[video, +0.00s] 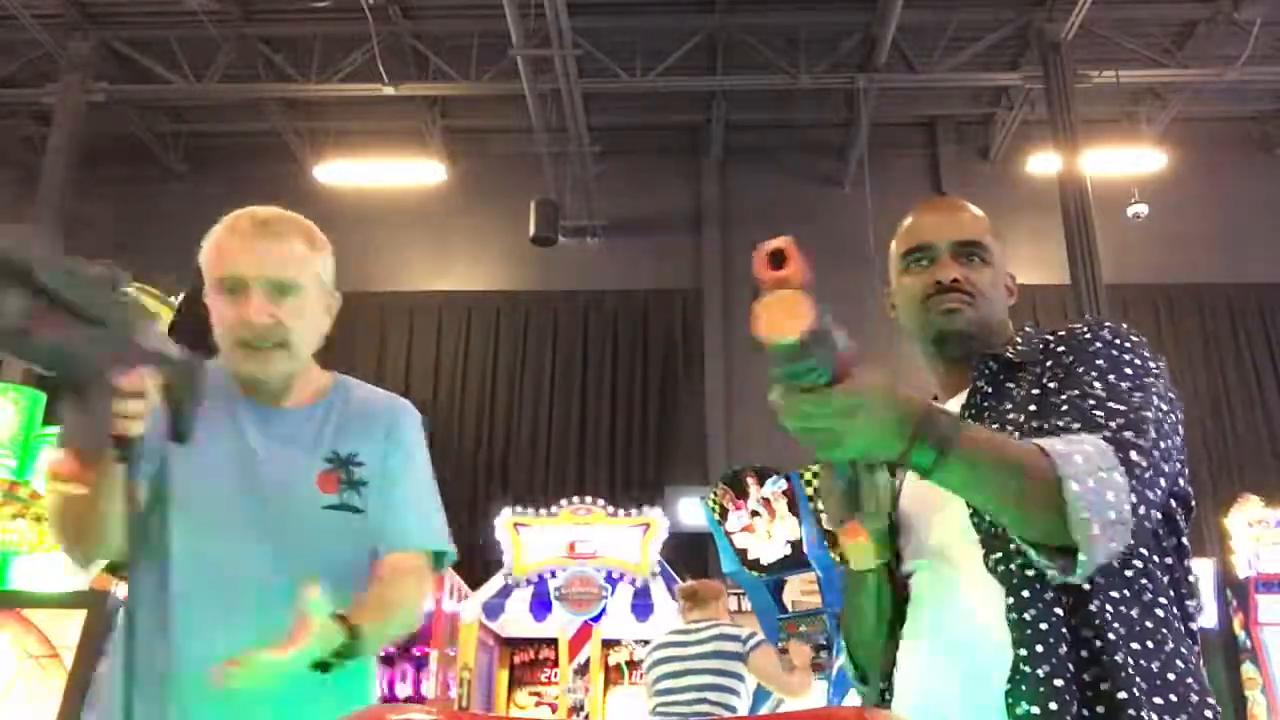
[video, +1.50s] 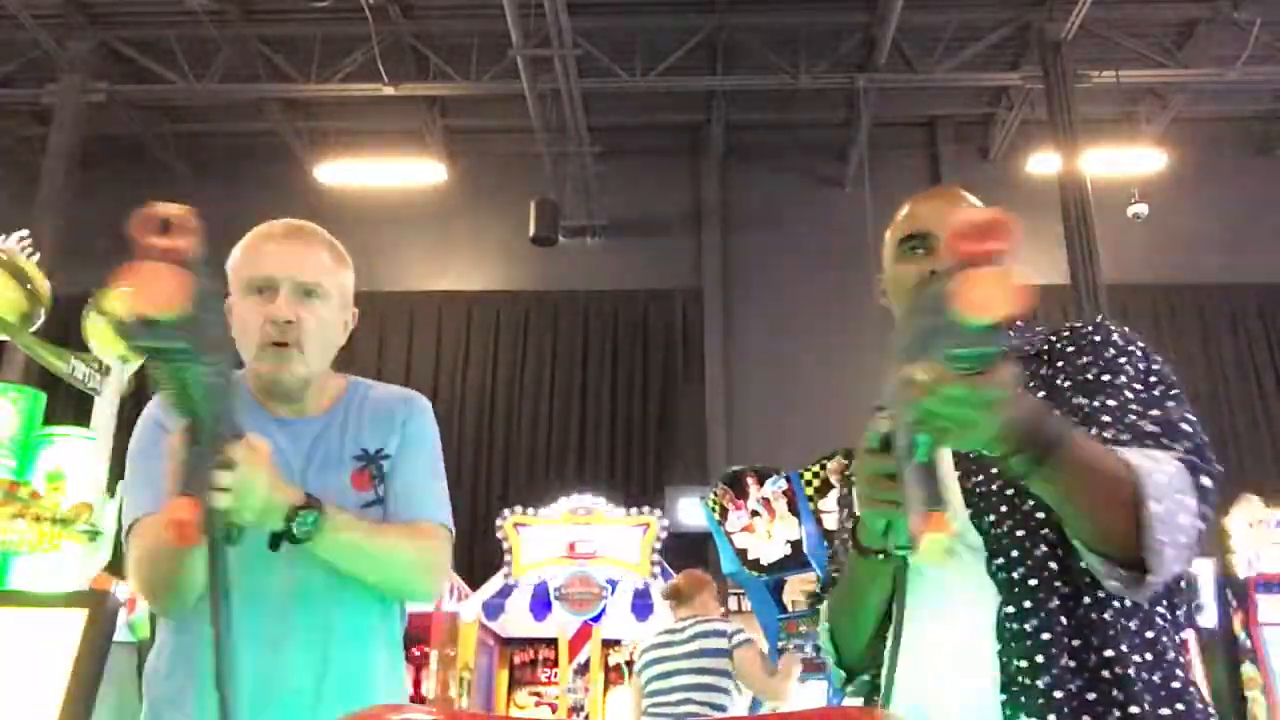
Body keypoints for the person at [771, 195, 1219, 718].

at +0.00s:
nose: (947, 271)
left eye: (971, 256)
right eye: (919, 261)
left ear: (1009, 286)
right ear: (892, 302)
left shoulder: (1099, 352)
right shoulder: (900, 434)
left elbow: (1098, 515)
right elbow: (879, 669)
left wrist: (919, 434)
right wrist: (856, 515)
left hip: (1098, 701)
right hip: (938, 705)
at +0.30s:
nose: (965, 267)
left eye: (990, 250)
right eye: (937, 251)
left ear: (1026, 282)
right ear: (906, 292)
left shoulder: (1117, 358)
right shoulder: (901, 421)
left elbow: (1131, 537)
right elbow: (872, 663)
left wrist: (976, 451)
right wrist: (880, 536)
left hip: (1118, 699)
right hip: (944, 706)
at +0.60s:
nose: (948, 270)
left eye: (973, 253)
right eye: (919, 257)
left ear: (1007, 279)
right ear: (890, 296)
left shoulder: (1128, 373)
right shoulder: (883, 466)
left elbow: (1264, 522)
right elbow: (866, 650)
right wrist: (913, 525)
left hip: (1149, 704)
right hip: (962, 706)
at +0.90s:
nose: (955, 268)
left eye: (980, 253)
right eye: (926, 255)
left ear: (1013, 284)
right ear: (893, 296)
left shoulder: (1129, 390)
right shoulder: (875, 456)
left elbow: (1250, 575)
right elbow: (865, 659)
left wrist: (1262, 681)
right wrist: (841, 539)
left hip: (1138, 705)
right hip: (947, 708)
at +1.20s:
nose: (960, 266)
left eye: (985, 249)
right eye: (931, 251)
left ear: (1024, 279)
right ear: (904, 293)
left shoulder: (1121, 381)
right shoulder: (889, 465)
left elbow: (1245, 531)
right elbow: (869, 664)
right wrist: (916, 536)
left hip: (1135, 702)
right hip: (957, 706)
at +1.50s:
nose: (945, 266)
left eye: (973, 245)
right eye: (916, 247)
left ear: (1004, 268)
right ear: (884, 288)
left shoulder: (1090, 356)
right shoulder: (894, 426)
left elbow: (1167, 534)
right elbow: (852, 654)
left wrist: (1030, 437)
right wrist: (873, 538)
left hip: (1108, 697)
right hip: (935, 704)